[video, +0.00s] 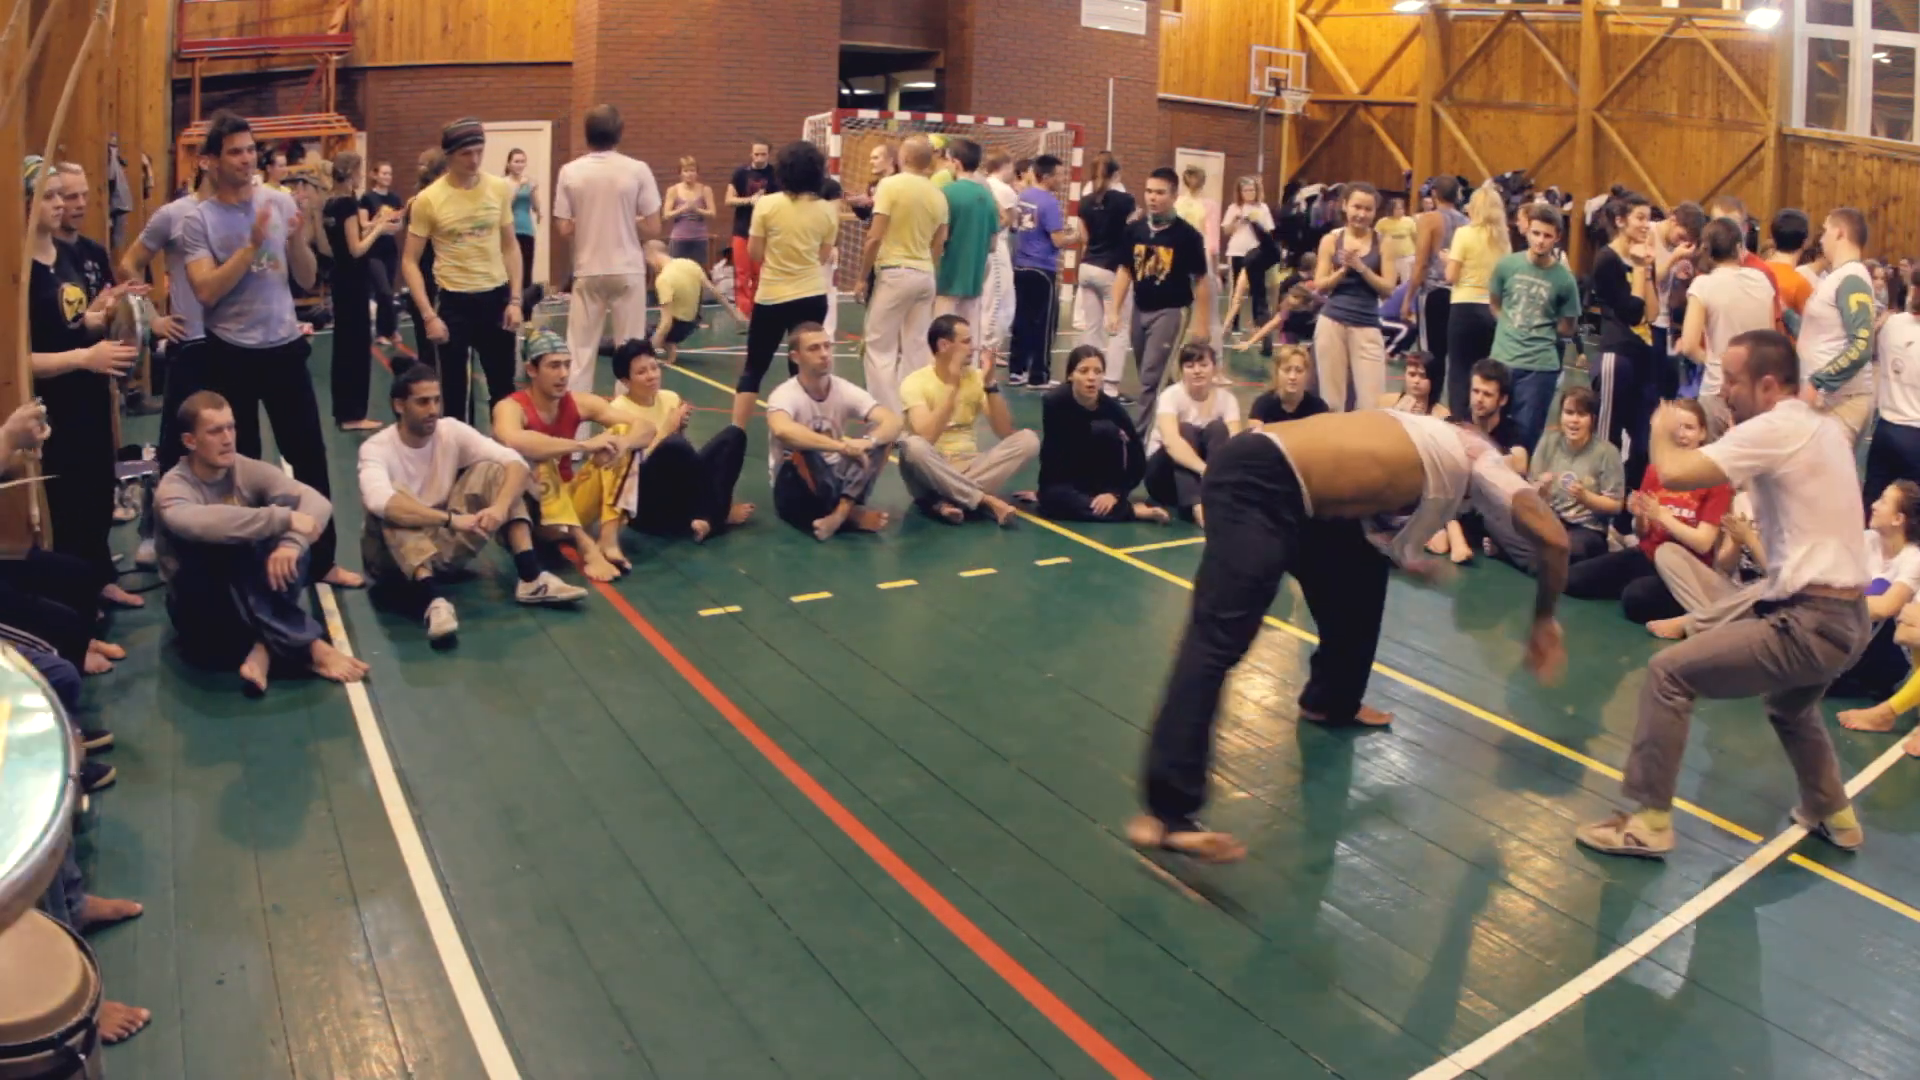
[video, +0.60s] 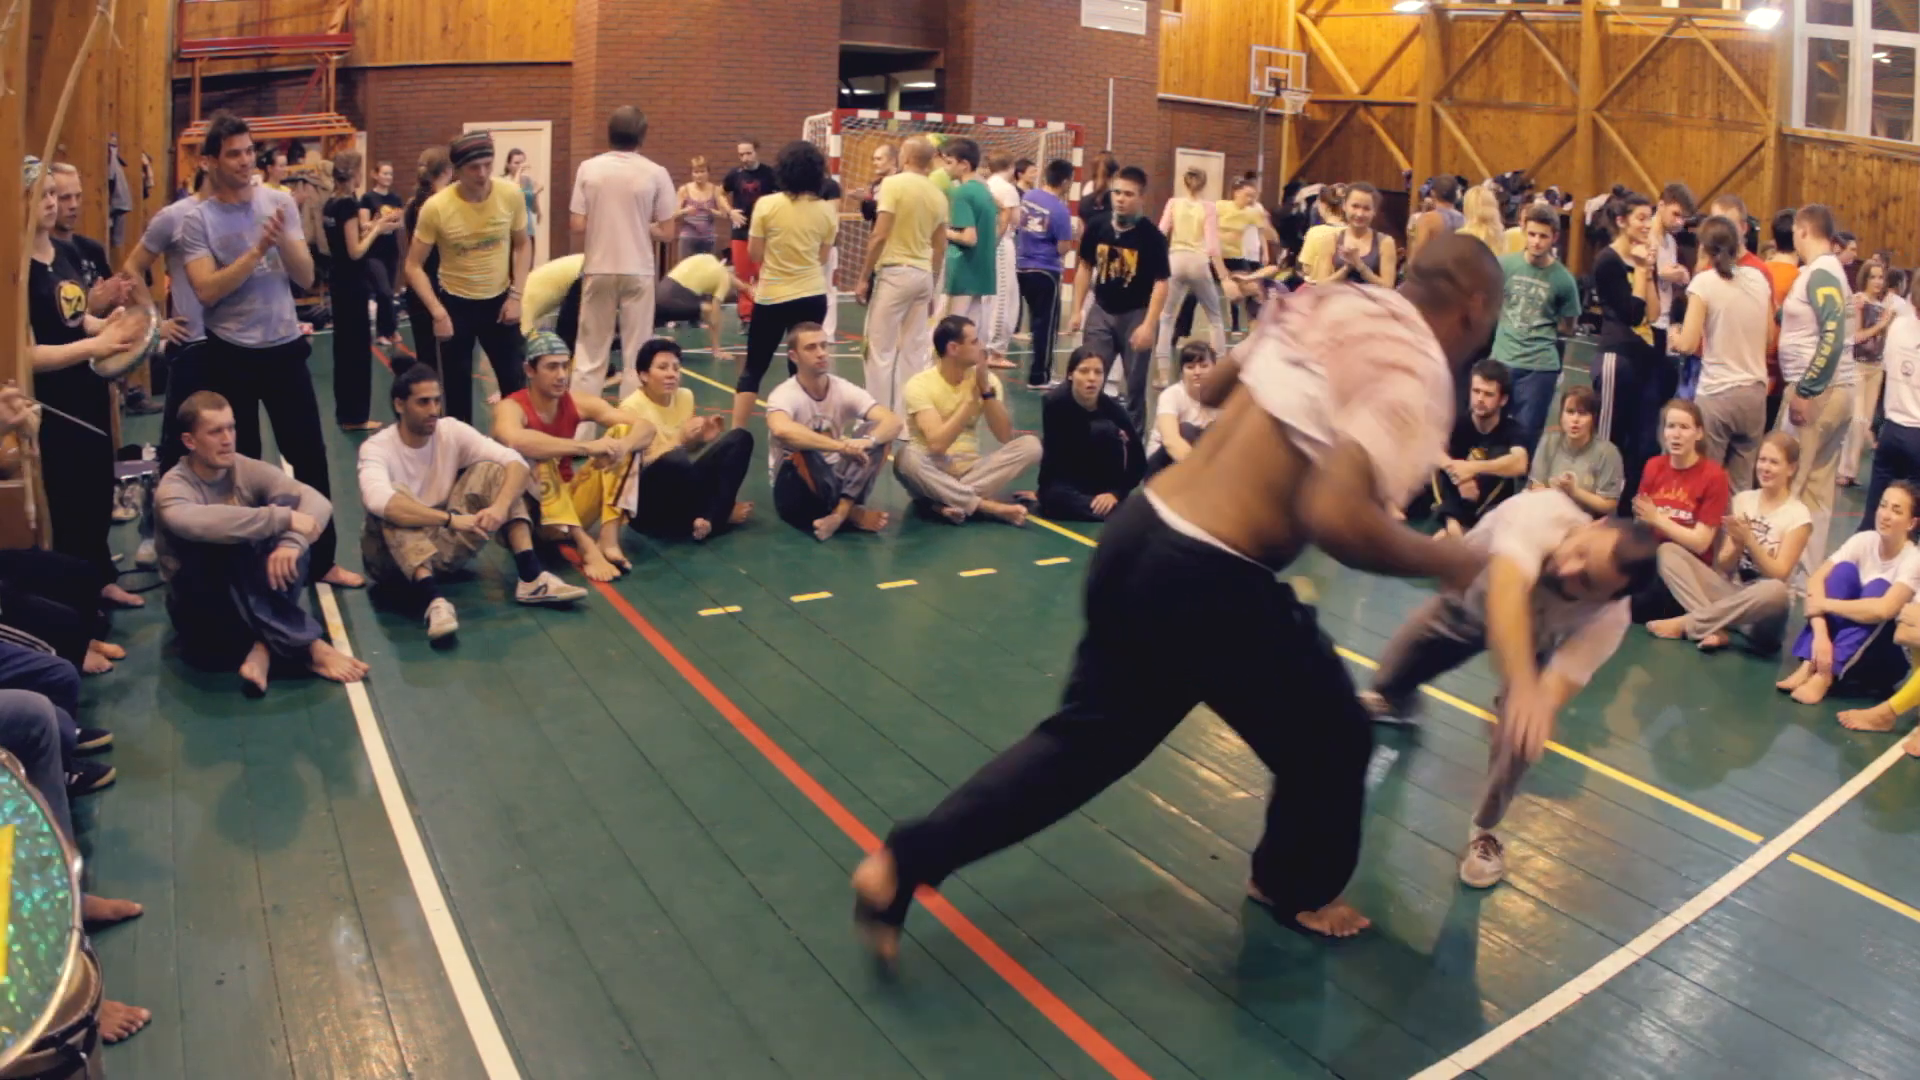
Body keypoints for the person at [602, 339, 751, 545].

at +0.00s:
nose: (651, 376)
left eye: (654, 368)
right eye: (642, 372)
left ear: (660, 369)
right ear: (625, 381)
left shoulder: (670, 399)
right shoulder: (617, 412)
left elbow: (684, 450)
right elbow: (632, 466)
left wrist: (680, 429)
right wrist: (667, 431)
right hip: (647, 512)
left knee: (734, 434)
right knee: (674, 447)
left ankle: (706, 517)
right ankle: (721, 511)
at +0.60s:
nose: (671, 374)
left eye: (675, 368)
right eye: (663, 368)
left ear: (680, 371)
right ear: (643, 375)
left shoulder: (685, 397)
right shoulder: (630, 408)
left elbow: (686, 447)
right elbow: (639, 463)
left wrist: (701, 437)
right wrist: (682, 440)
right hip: (649, 512)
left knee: (740, 438)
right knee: (675, 460)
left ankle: (708, 517)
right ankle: (721, 513)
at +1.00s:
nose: (681, 379)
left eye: (686, 373)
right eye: (673, 372)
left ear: (691, 376)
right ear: (654, 375)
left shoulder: (687, 400)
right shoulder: (641, 403)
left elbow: (684, 444)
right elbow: (649, 460)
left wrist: (708, 442)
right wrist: (699, 443)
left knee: (741, 439)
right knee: (674, 467)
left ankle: (710, 517)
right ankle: (722, 515)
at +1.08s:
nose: (683, 379)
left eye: (688, 373)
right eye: (675, 371)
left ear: (692, 375)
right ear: (656, 373)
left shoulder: (686, 400)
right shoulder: (643, 402)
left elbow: (685, 449)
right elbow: (653, 458)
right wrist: (710, 449)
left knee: (741, 439)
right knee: (672, 469)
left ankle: (710, 517)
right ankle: (722, 513)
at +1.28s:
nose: (691, 375)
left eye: (696, 369)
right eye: (684, 367)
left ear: (701, 372)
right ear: (664, 368)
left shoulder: (686, 395)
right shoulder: (650, 396)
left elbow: (684, 447)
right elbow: (663, 456)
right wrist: (720, 466)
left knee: (737, 435)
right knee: (671, 470)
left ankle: (711, 515)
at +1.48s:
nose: (690, 377)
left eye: (694, 370)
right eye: (682, 369)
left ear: (698, 371)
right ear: (662, 371)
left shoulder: (686, 396)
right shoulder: (651, 399)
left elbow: (684, 442)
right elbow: (662, 458)